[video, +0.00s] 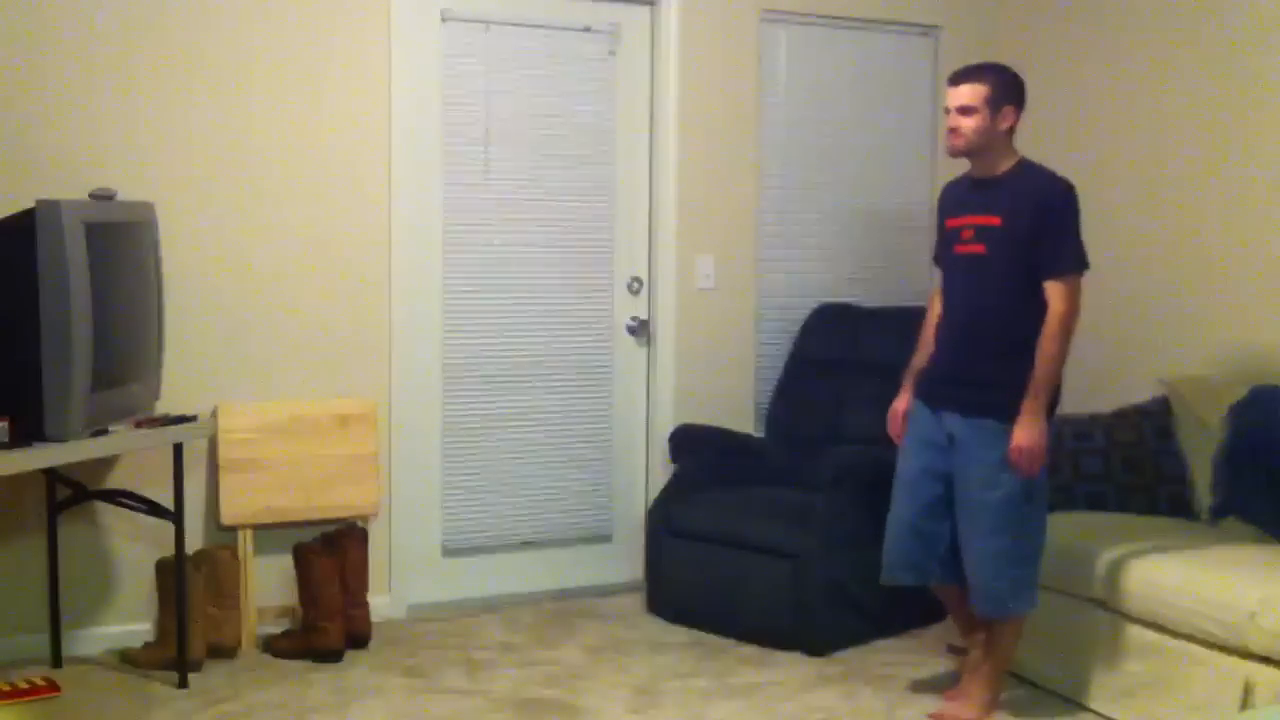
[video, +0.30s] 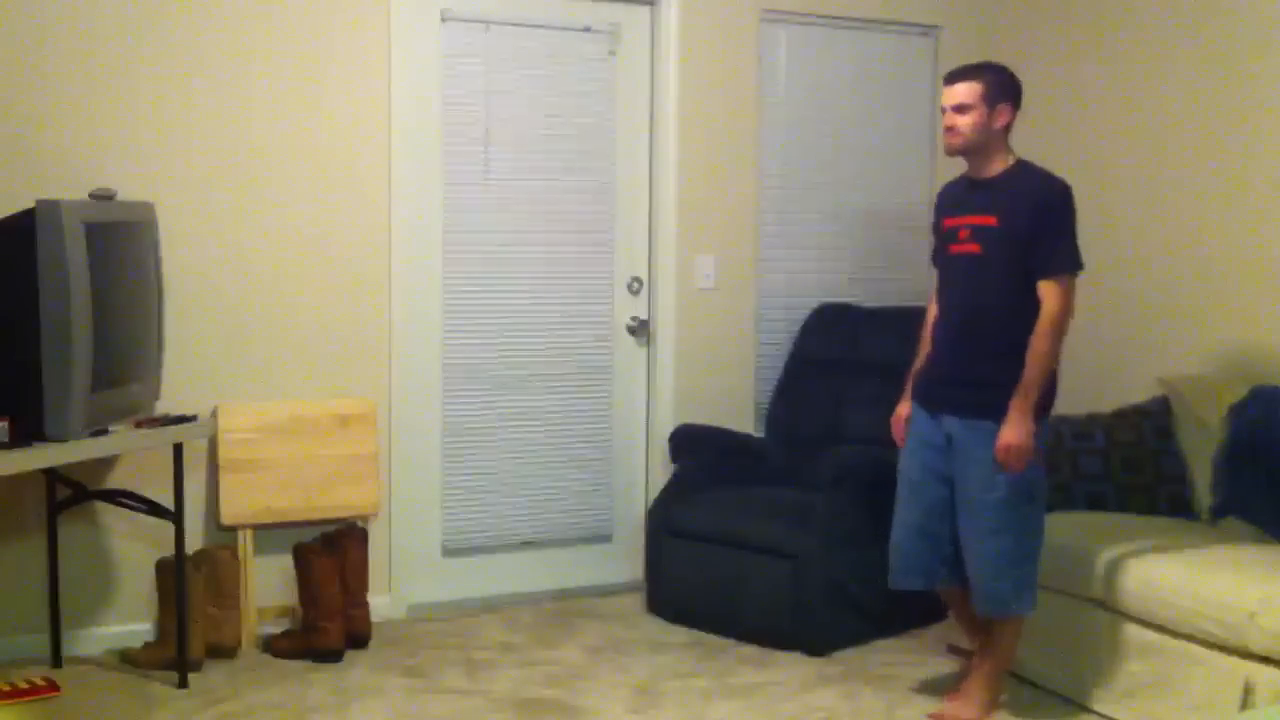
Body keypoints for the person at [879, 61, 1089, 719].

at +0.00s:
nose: (952, 123)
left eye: (966, 112)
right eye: (949, 112)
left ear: (1007, 117)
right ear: (952, 120)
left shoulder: (1048, 194)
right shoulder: (953, 198)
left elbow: (1062, 309)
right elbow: (943, 299)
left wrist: (1034, 413)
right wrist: (909, 388)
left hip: (1002, 418)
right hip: (934, 408)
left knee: (998, 562)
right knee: (923, 539)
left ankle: (986, 690)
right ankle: (975, 646)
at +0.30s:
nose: (947, 122)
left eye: (961, 110)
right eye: (944, 111)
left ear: (1002, 115)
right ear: (946, 119)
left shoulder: (1044, 194)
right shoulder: (950, 200)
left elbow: (1055, 311)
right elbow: (941, 302)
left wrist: (1023, 412)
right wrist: (910, 393)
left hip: (999, 419)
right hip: (934, 411)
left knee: (998, 563)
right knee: (928, 547)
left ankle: (987, 689)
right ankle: (982, 647)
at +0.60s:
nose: (945, 122)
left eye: (958, 110)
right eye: (941, 112)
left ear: (998, 115)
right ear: (943, 120)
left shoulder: (1039, 193)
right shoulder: (945, 199)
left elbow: (1053, 308)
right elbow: (938, 305)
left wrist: (1023, 410)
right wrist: (908, 396)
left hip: (997, 419)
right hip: (932, 411)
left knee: (996, 563)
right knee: (931, 549)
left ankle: (985, 691)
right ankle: (984, 649)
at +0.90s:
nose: (942, 124)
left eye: (955, 111)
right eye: (938, 114)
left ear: (995, 114)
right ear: (939, 121)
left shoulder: (1038, 192)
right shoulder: (944, 199)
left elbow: (1057, 305)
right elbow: (938, 303)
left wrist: (1027, 409)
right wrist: (905, 392)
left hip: (997, 417)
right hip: (930, 409)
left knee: (996, 563)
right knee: (923, 543)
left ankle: (984, 690)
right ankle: (975, 641)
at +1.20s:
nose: (945, 122)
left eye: (959, 110)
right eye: (941, 112)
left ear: (999, 115)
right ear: (941, 121)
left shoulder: (1040, 193)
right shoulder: (944, 199)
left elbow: (1055, 309)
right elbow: (938, 303)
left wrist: (1029, 409)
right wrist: (908, 395)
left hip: (998, 417)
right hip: (933, 410)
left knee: (1000, 561)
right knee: (932, 544)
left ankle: (986, 687)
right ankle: (976, 639)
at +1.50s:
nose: (955, 119)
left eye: (969, 108)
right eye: (949, 110)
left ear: (1005, 115)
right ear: (944, 121)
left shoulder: (1042, 192)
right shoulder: (947, 201)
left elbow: (1054, 309)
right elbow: (940, 305)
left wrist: (1024, 411)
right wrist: (909, 395)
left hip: (998, 418)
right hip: (932, 409)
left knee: (996, 562)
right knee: (923, 544)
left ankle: (984, 688)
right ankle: (978, 643)